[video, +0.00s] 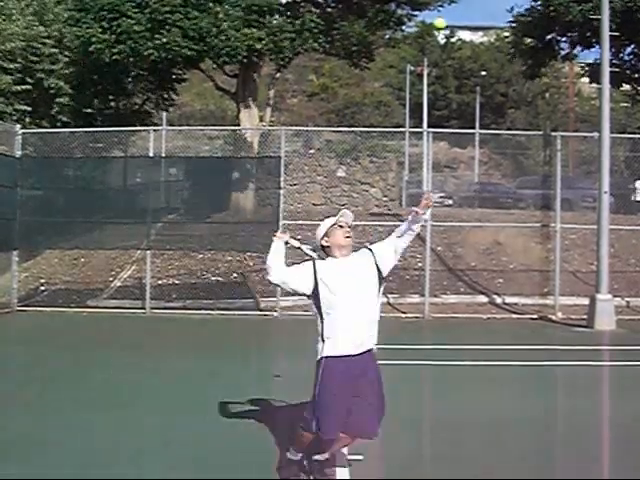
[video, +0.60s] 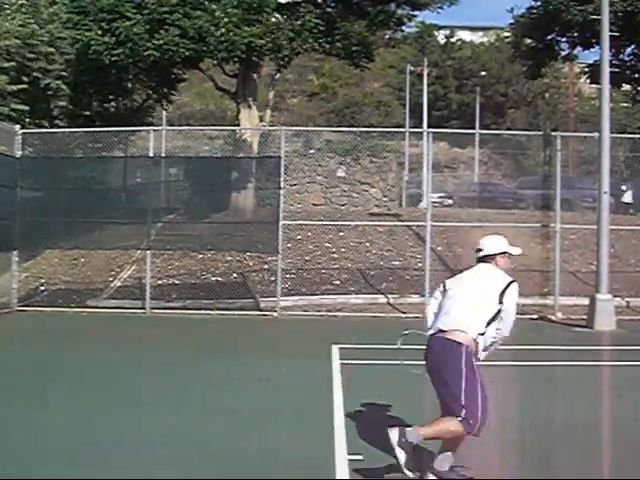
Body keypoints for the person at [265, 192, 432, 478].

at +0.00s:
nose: (348, 230)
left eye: (348, 227)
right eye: (340, 227)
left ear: (350, 236)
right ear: (326, 240)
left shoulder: (371, 258)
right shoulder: (316, 270)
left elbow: (400, 237)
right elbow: (276, 274)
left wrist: (420, 211)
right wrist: (279, 242)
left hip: (365, 354)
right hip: (333, 357)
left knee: (362, 425)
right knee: (326, 428)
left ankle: (320, 459)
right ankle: (295, 453)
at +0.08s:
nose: (373, 212)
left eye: (372, 208)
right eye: (365, 209)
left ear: (373, 216)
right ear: (351, 219)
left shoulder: (392, 244)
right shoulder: (343, 243)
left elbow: (415, 243)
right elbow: (313, 231)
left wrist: (431, 235)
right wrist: (301, 212)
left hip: (380, 332)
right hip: (351, 329)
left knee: (356, 395)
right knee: (332, 391)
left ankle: (336, 446)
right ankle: (307, 444)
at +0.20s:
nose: (431, 207)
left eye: (432, 202)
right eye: (427, 201)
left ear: (427, 204)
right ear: (414, 199)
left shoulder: (417, 238)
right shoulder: (403, 215)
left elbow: (403, 283)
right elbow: (417, 173)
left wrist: (429, 280)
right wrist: (409, 134)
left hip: (389, 312)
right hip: (366, 306)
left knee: (383, 380)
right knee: (353, 378)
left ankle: (380, 440)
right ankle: (346, 443)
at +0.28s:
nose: (450, 210)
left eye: (447, 204)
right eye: (444, 205)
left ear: (423, 208)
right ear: (432, 206)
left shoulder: (426, 236)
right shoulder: (425, 218)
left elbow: (395, 275)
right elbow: (467, 205)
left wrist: (425, 281)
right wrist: (510, 185)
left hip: (399, 311)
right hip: (380, 305)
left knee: (412, 374)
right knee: (365, 376)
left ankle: (423, 431)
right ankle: (350, 442)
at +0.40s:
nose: (465, 228)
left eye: (463, 223)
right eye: (461, 223)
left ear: (439, 226)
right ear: (451, 224)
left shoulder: (418, 248)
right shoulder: (459, 245)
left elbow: (403, 288)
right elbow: (482, 284)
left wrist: (422, 314)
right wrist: (503, 320)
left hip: (422, 324)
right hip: (421, 324)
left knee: (440, 393)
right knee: (386, 386)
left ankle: (447, 455)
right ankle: (335, 435)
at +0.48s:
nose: (483, 249)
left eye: (482, 244)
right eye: (480, 244)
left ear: (457, 247)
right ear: (470, 247)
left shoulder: (434, 268)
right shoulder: (480, 270)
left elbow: (416, 310)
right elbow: (485, 315)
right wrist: (477, 350)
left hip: (425, 342)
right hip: (440, 347)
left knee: (456, 411)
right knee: (420, 411)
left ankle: (441, 467)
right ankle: (350, 422)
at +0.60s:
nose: (510, 261)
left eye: (510, 256)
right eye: (508, 256)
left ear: (482, 257)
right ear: (498, 258)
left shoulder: (457, 277)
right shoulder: (506, 283)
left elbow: (431, 305)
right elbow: (504, 326)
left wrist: (435, 334)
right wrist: (480, 348)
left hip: (435, 345)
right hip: (458, 349)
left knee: (454, 411)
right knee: (470, 420)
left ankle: (444, 462)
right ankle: (407, 436)